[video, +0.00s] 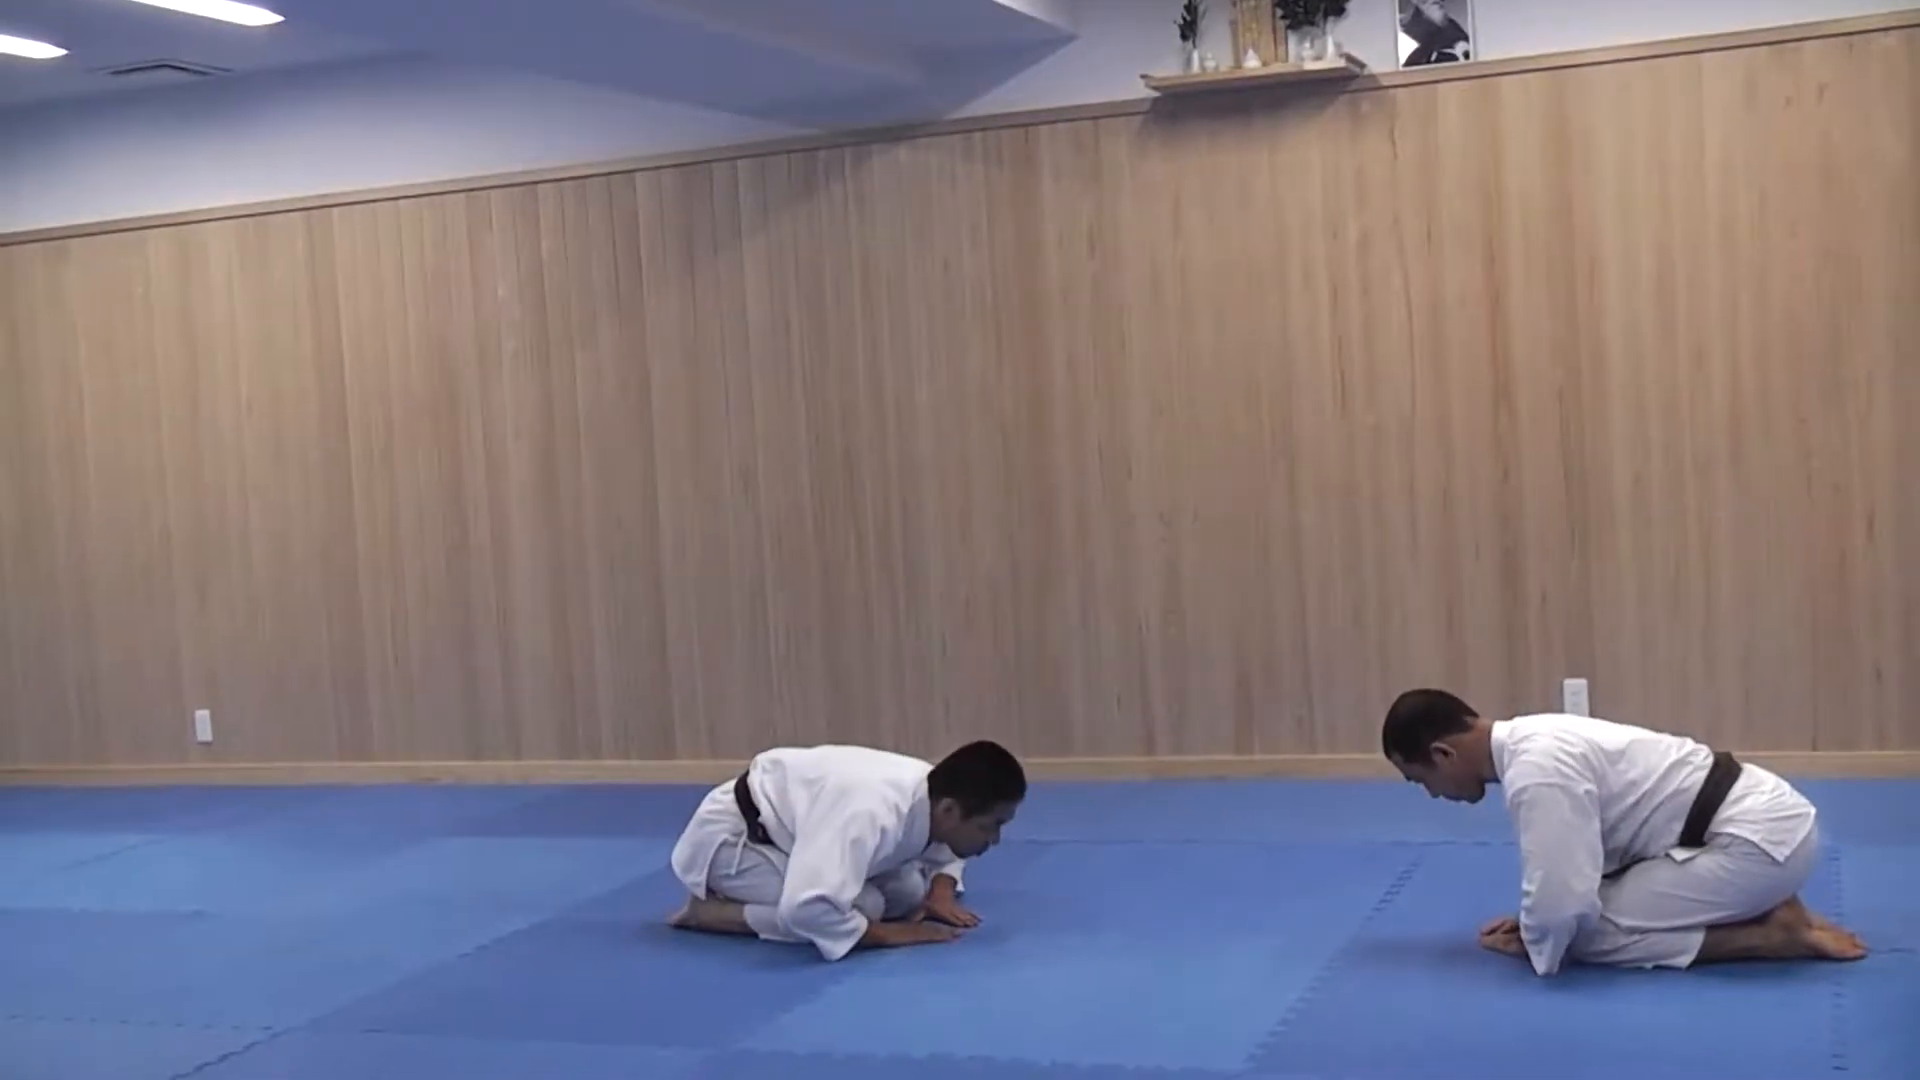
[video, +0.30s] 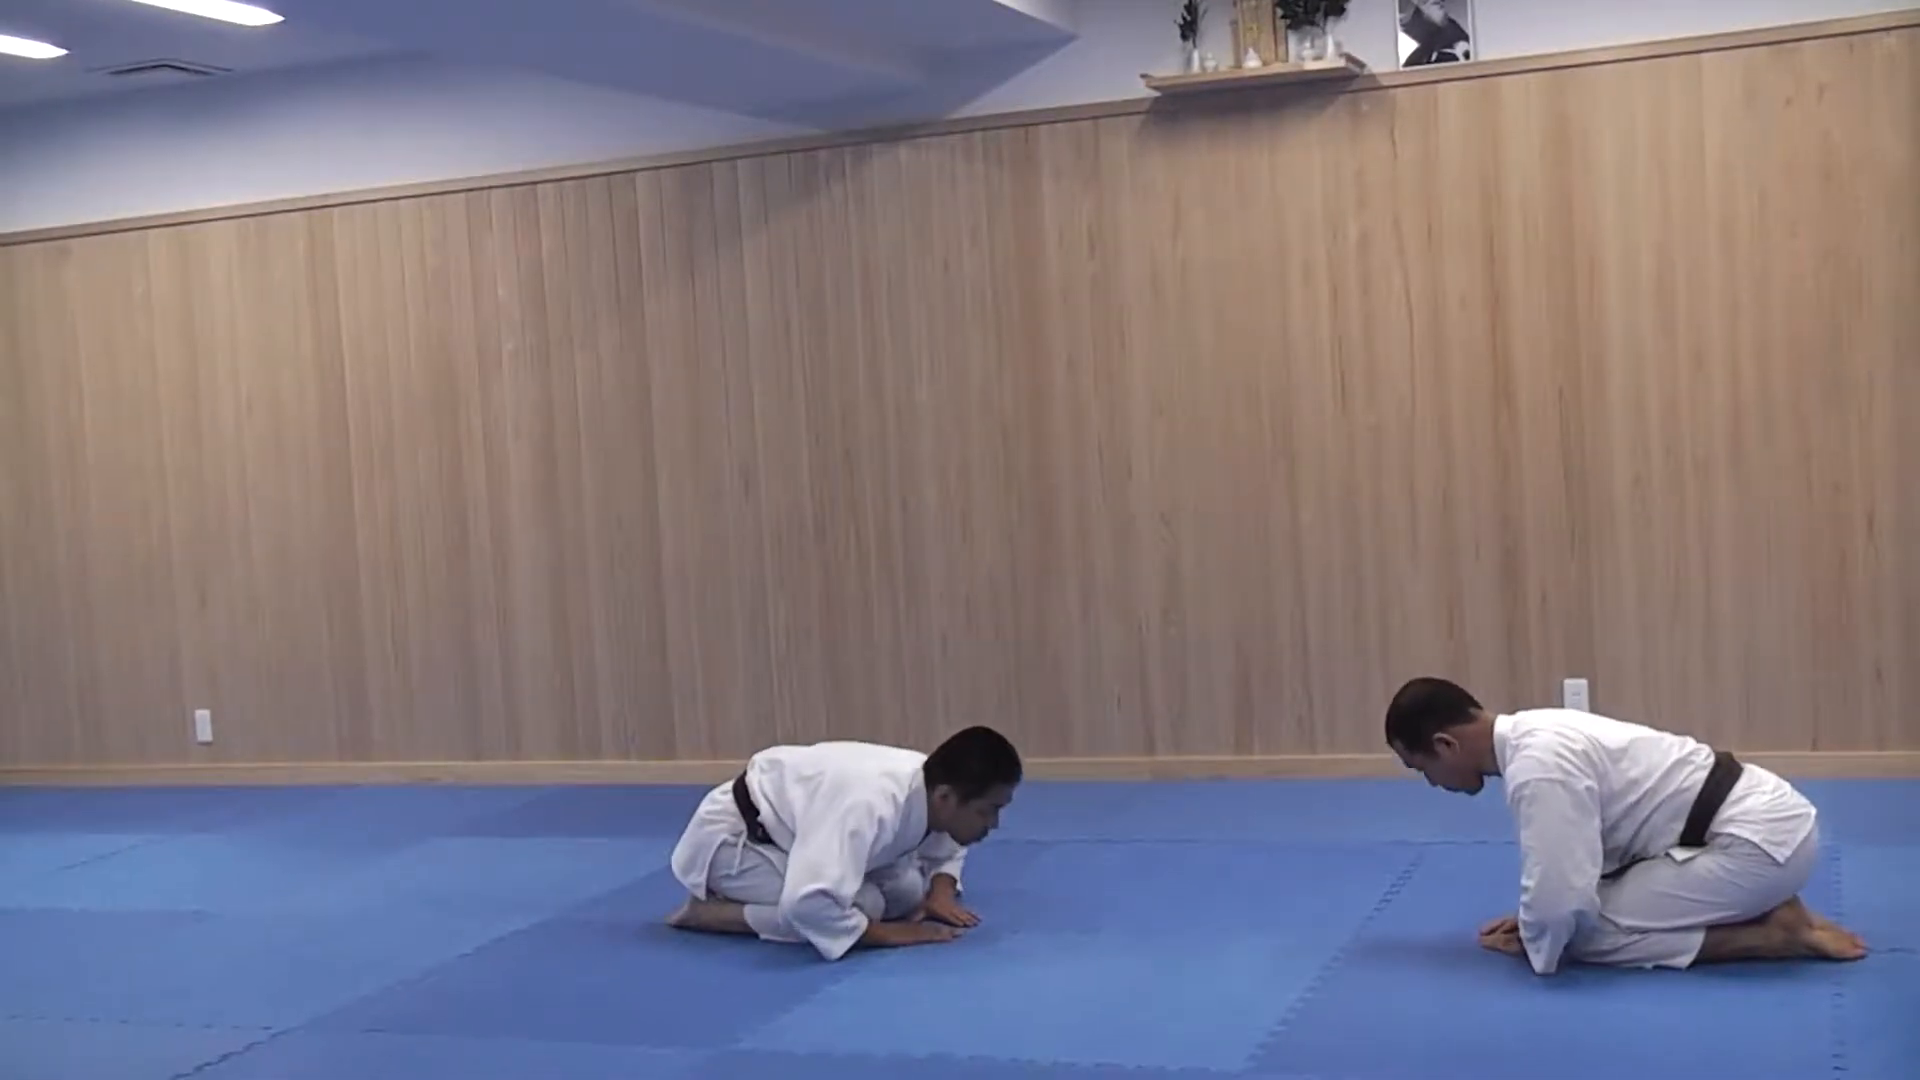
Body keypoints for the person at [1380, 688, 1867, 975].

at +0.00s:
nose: (1433, 794)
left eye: (1421, 781)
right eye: (1420, 785)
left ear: (1444, 752)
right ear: (1458, 735)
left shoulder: (1536, 767)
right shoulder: (1537, 743)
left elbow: (1566, 900)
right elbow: (1589, 867)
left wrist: (1534, 939)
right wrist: (1536, 921)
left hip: (1758, 842)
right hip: (1767, 819)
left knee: (1583, 932)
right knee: (1585, 913)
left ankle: (1772, 938)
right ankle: (1768, 921)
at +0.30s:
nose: (1434, 785)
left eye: (1423, 771)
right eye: (1421, 775)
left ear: (1446, 744)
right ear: (1461, 726)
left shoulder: (1537, 763)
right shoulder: (1538, 737)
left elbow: (1561, 896)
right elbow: (1598, 854)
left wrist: (1540, 949)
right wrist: (1534, 916)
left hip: (1759, 843)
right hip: (1769, 818)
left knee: (1582, 933)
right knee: (1585, 904)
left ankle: (1773, 938)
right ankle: (1768, 919)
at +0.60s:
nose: (1435, 722)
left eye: (1431, 705)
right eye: (1427, 708)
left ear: (1467, 692)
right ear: (1481, 683)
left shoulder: (1553, 740)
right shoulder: (1561, 704)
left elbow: (1560, 877)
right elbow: (1593, 848)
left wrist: (1535, 940)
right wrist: (1537, 913)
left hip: (1761, 848)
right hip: (1771, 821)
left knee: (1584, 934)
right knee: (1591, 906)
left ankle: (1771, 940)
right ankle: (1771, 921)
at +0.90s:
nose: (1466, 647)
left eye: (1469, 629)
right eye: (1462, 630)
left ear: (1511, 630)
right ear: (1525, 627)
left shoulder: (1579, 707)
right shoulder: (1592, 665)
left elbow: (1564, 840)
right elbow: (1567, 817)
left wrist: (1536, 932)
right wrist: (1539, 915)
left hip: (1760, 851)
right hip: (1773, 822)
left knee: (1584, 934)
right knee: (1596, 893)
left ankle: (1772, 939)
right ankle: (1772, 920)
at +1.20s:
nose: (1521, 585)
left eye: (1530, 568)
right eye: (1523, 568)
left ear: (1572, 582)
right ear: (1576, 582)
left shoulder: (1617, 680)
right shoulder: (1639, 634)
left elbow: (1578, 815)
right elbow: (1576, 795)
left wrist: (1529, 918)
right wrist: (1540, 907)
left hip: (1763, 856)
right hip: (1780, 831)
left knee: (1580, 929)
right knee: (1592, 895)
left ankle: (1770, 941)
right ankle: (1776, 922)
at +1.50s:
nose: (1589, 543)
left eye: (1599, 529)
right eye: (1594, 527)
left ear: (1639, 548)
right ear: (1650, 550)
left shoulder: (1654, 661)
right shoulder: (1702, 612)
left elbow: (1593, 788)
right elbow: (1672, 749)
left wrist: (1541, 883)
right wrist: (1619, 832)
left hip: (1764, 860)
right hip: (1789, 833)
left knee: (1585, 925)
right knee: (1588, 892)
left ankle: (1779, 941)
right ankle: (1785, 919)